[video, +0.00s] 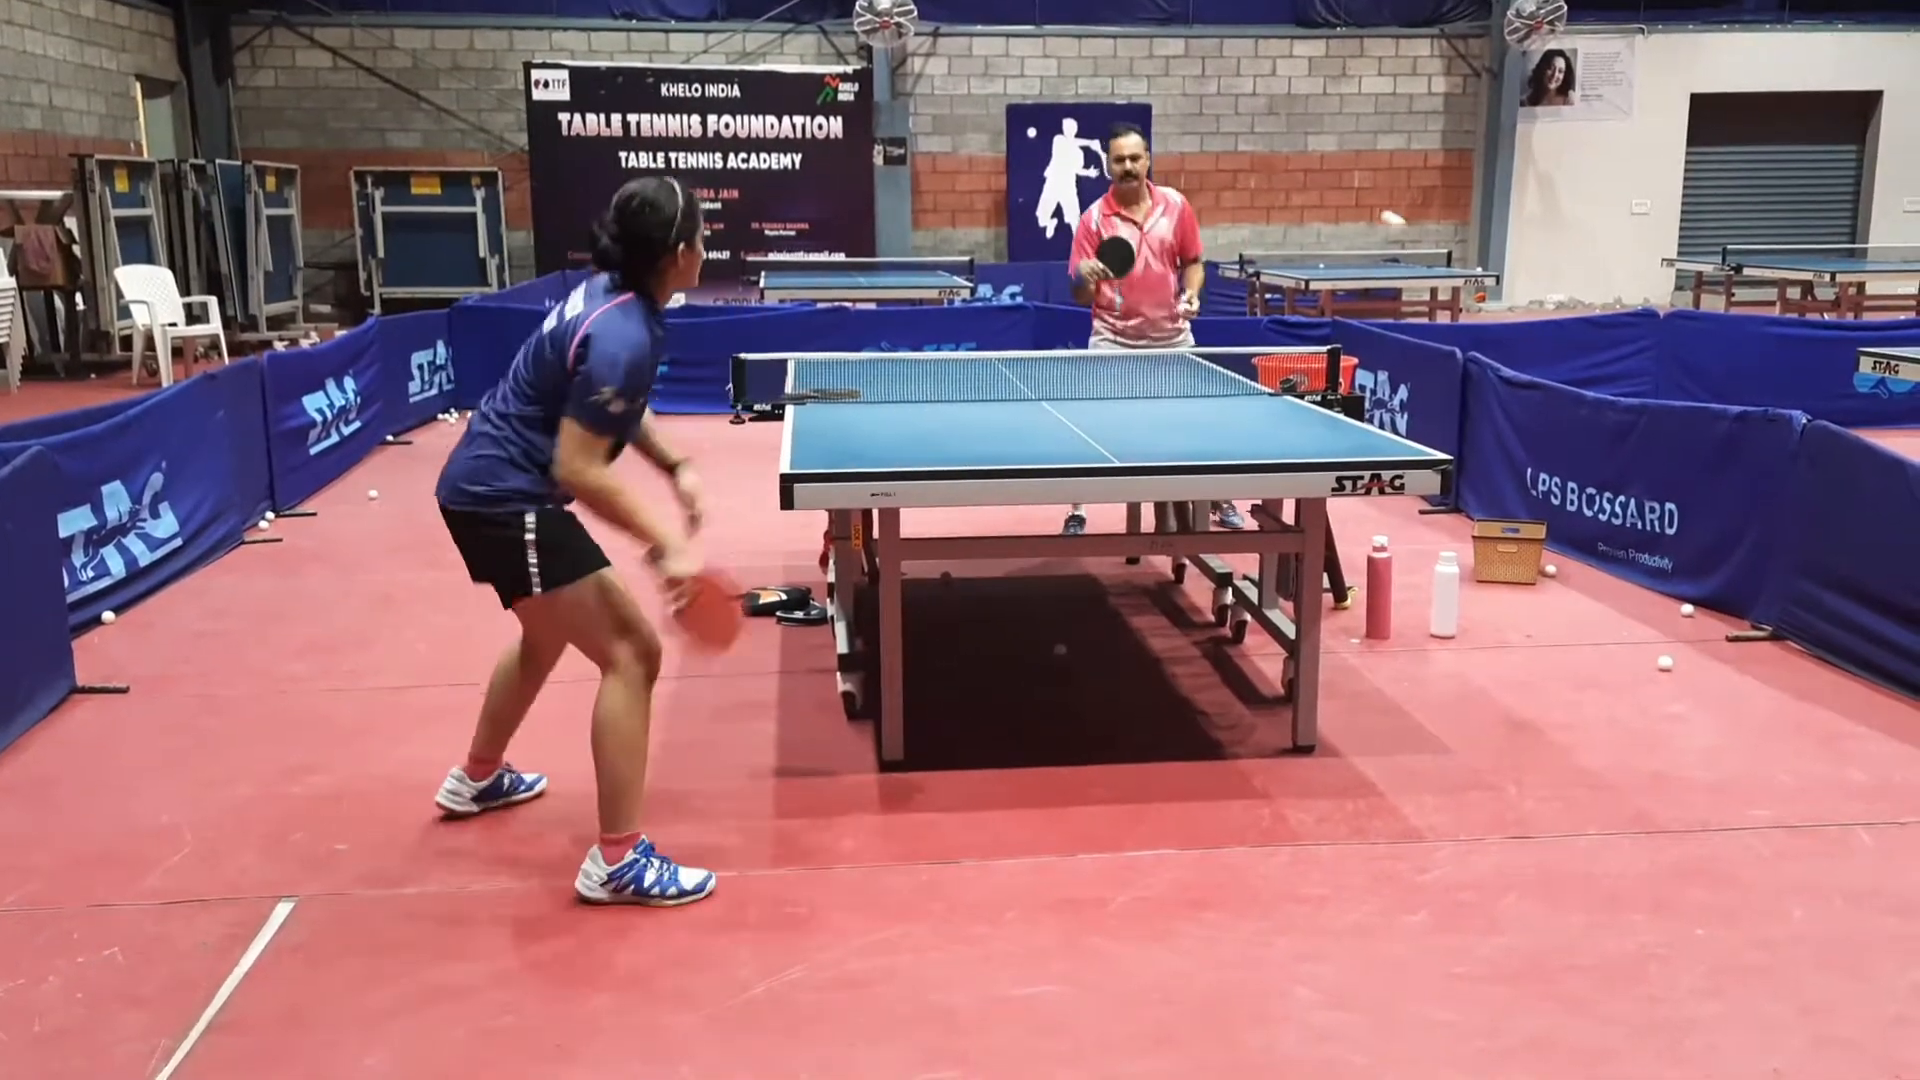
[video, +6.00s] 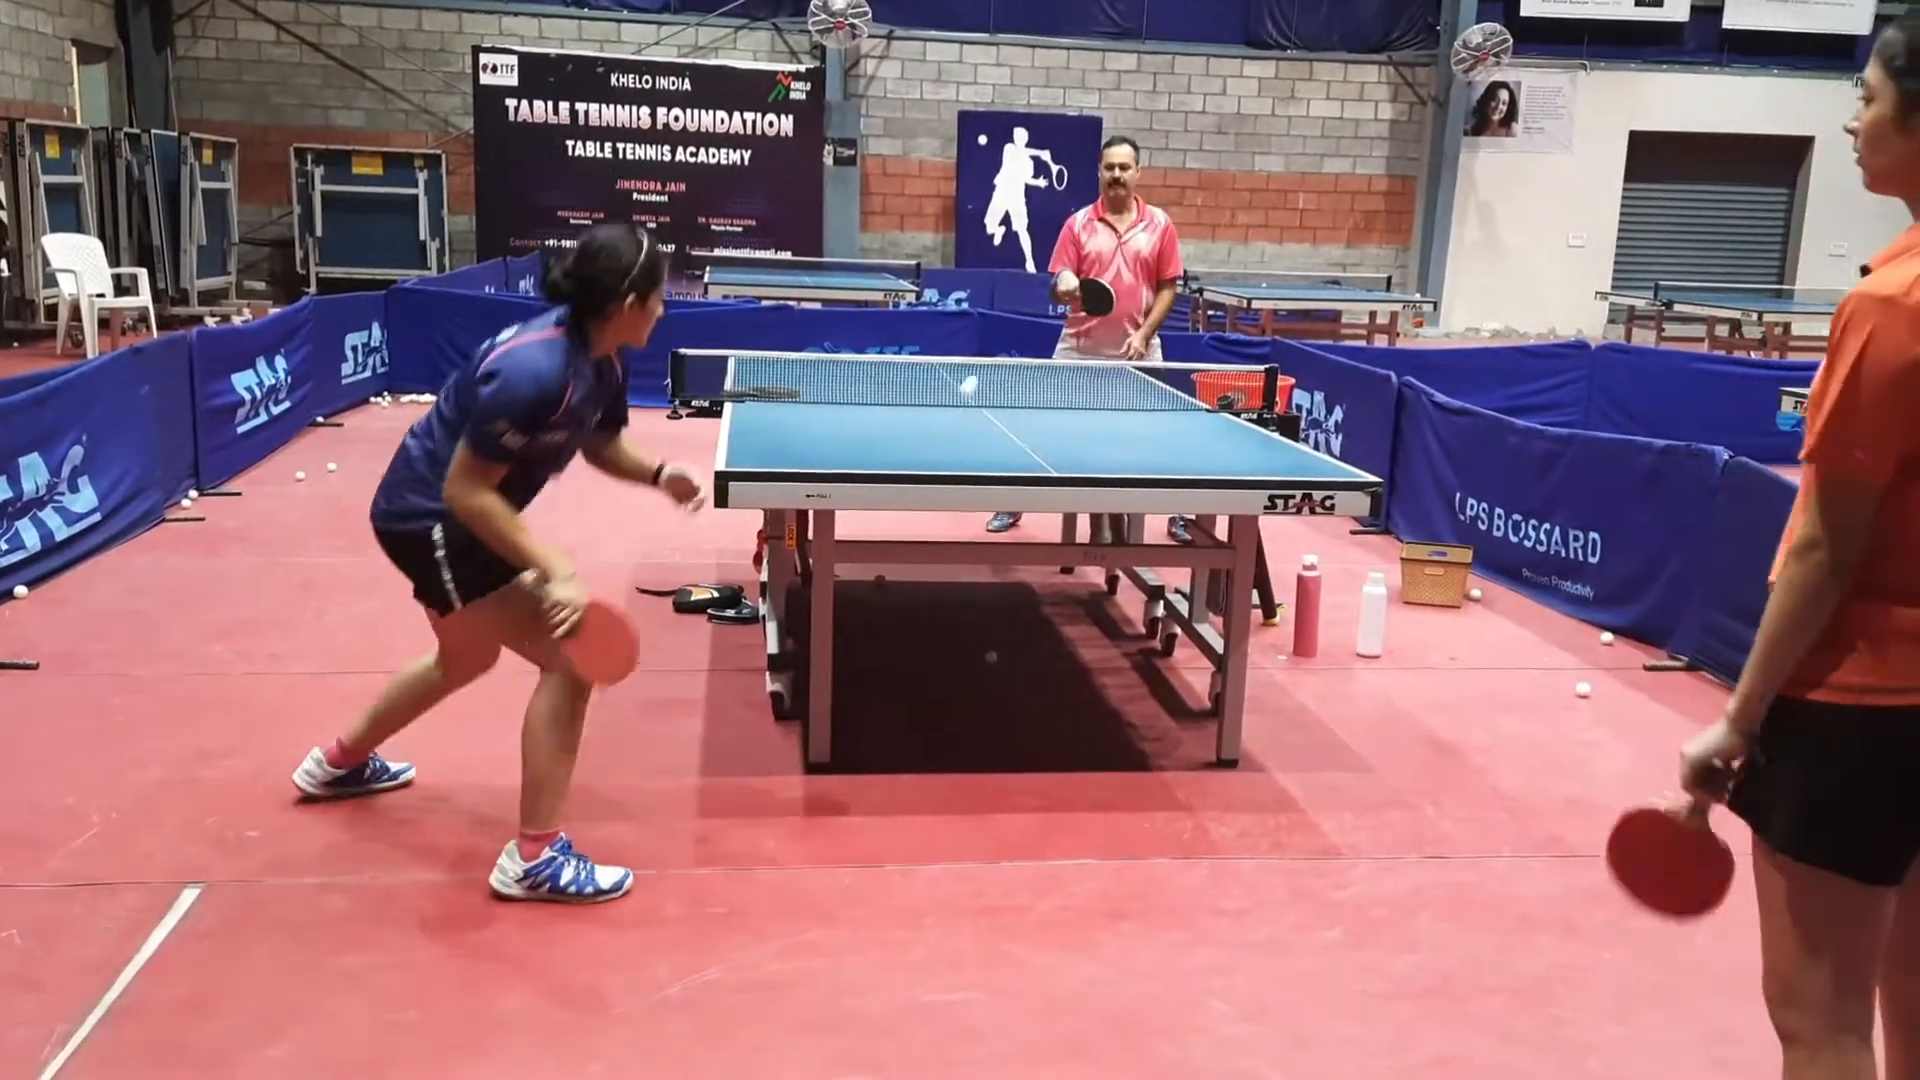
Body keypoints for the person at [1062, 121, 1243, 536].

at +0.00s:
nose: (1127, 167)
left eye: (1134, 159)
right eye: (1118, 160)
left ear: (1149, 161)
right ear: (1107, 165)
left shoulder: (1175, 206)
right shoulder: (1093, 218)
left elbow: (1193, 261)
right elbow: (1081, 296)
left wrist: (1192, 292)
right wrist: (1087, 275)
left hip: (1173, 339)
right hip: (1112, 339)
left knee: (1203, 415)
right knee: (1090, 418)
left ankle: (1221, 498)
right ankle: (1077, 509)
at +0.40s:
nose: (1182, 196)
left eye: (1190, 188)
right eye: (1173, 188)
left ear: (1202, 178)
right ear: (1160, 179)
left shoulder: (1224, 215)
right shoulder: (1143, 219)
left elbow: (1234, 276)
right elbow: (1122, 275)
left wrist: (1213, 290)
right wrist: (1125, 284)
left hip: (1208, 337)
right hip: (1147, 334)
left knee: (1220, 414)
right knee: (1123, 410)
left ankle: (1221, 498)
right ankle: (1112, 495)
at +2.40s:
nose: (1163, 221)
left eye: (1173, 213)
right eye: (1158, 212)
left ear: (1190, 214)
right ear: (1149, 212)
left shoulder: (1213, 256)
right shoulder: (1131, 256)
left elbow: (1226, 315)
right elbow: (1115, 313)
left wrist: (1215, 349)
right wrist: (1128, 323)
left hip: (1193, 365)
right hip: (1133, 363)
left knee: (1227, 432)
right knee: (1092, 424)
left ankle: (1241, 519)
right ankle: (1073, 512)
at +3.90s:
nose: (1129, 216)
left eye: (1137, 208)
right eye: (1122, 208)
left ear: (1152, 207)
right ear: (1112, 208)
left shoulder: (1175, 250)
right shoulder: (1094, 252)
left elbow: (1193, 308)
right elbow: (1071, 306)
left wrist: (1173, 339)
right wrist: (1071, 318)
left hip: (1160, 367)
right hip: (1099, 364)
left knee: (1189, 438)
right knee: (1062, 432)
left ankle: (1211, 521)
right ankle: (1039, 515)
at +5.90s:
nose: (1116, 175)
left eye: (1124, 168)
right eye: (1109, 167)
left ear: (1137, 173)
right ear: (1099, 171)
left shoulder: (1158, 225)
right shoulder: (1078, 223)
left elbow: (1164, 287)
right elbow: (1061, 287)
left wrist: (1142, 335)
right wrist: (1069, 289)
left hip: (1133, 347)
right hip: (1075, 344)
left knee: (1146, 434)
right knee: (1038, 418)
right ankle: (1013, 502)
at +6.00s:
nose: (1116, 174)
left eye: (1124, 167)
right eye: (1109, 167)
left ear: (1138, 173)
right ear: (1100, 171)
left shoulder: (1159, 225)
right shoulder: (1078, 223)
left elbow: (1168, 287)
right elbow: (1059, 284)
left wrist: (1144, 332)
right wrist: (1067, 286)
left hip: (1138, 347)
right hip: (1079, 344)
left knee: (1157, 430)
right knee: (1042, 418)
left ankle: (1181, 510)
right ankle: (1013, 502)